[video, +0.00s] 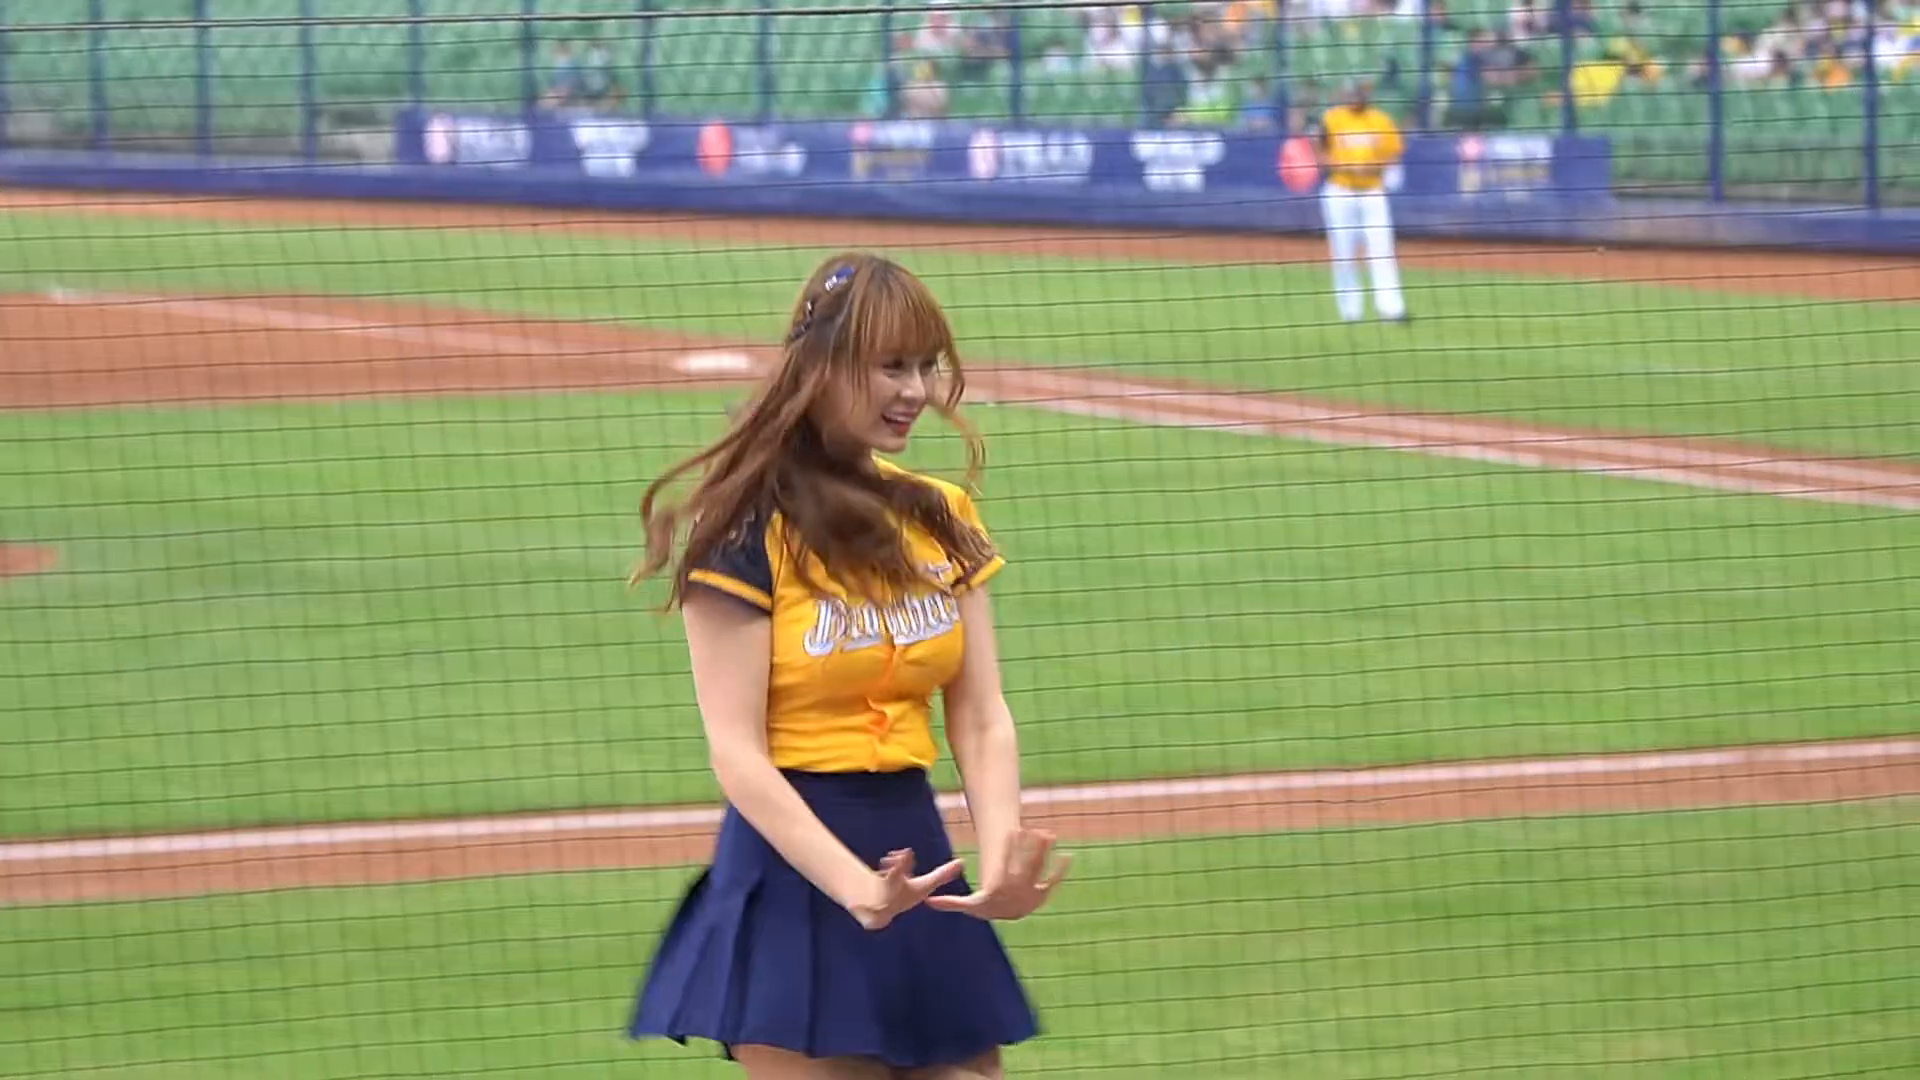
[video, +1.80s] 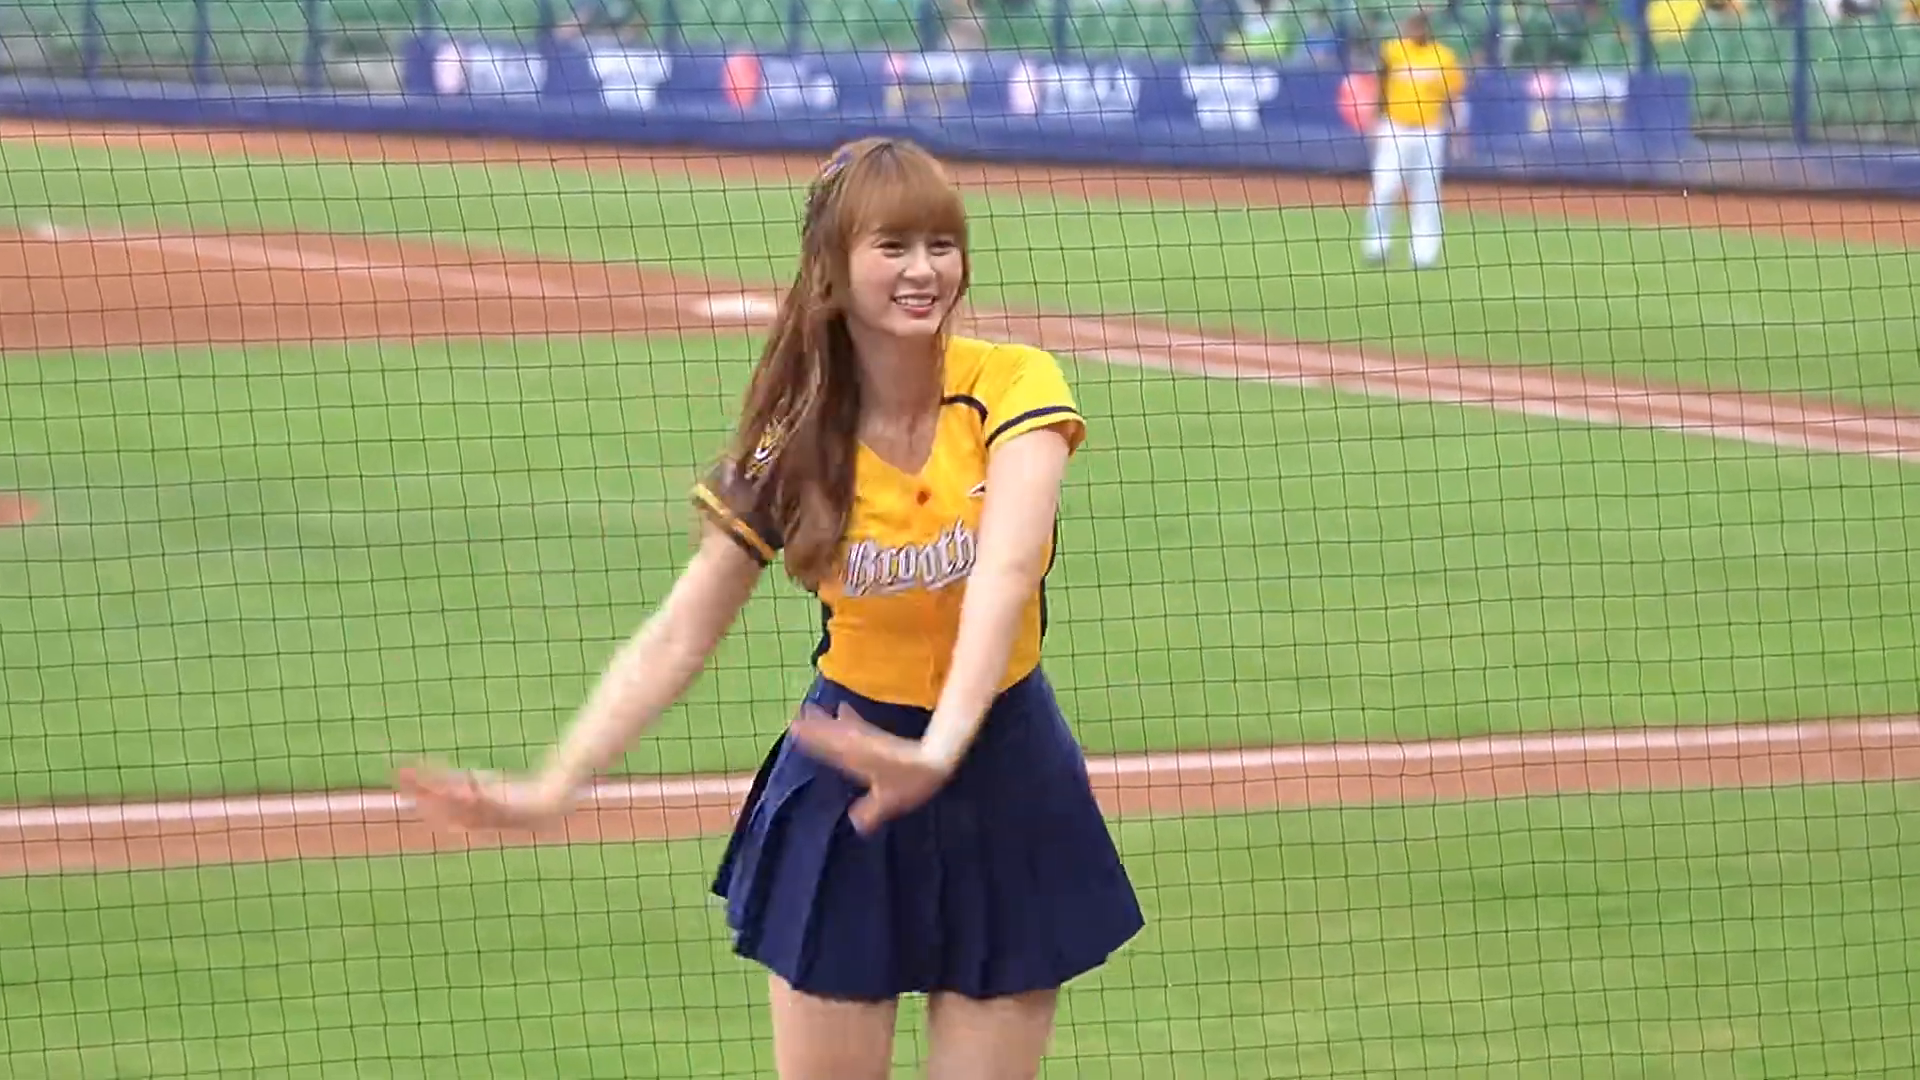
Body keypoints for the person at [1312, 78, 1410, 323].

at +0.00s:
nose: (1357, 99)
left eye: (1361, 94)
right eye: (1353, 94)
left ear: (1367, 95)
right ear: (1344, 95)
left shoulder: (1380, 120)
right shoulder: (1331, 119)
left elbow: (1395, 150)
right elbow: (1318, 150)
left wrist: (1372, 165)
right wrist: (1341, 165)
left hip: (1372, 192)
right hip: (1339, 192)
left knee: (1381, 248)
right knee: (1343, 251)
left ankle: (1391, 306)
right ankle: (1350, 308)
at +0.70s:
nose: (1375, 76)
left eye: (1379, 71)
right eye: (1371, 71)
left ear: (1387, 72)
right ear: (1363, 74)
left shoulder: (1405, 97)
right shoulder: (1354, 100)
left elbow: (1421, 128)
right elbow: (1344, 133)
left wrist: (1400, 152)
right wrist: (1366, 154)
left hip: (1400, 171)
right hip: (1365, 172)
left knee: (1401, 230)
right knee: (1371, 230)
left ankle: (1395, 283)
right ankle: (1374, 288)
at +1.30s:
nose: (1407, 55)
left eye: (1411, 49)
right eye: (1402, 50)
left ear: (1418, 53)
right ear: (1395, 52)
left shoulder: (1431, 85)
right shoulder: (1382, 77)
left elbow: (1437, 128)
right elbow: (1367, 105)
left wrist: (1436, 163)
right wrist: (1373, 137)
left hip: (1416, 157)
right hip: (1383, 154)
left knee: (1410, 214)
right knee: (1386, 212)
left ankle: (1406, 270)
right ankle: (1384, 269)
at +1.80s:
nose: (1417, 31)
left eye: (1422, 25)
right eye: (1413, 25)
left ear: (1429, 28)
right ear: (1406, 27)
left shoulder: (1443, 56)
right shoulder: (1391, 50)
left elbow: (1457, 99)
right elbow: (1380, 86)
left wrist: (1460, 133)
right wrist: (1376, 118)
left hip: (1430, 132)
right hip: (1394, 130)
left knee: (1426, 191)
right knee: (1384, 188)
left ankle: (1425, 250)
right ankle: (1377, 244)